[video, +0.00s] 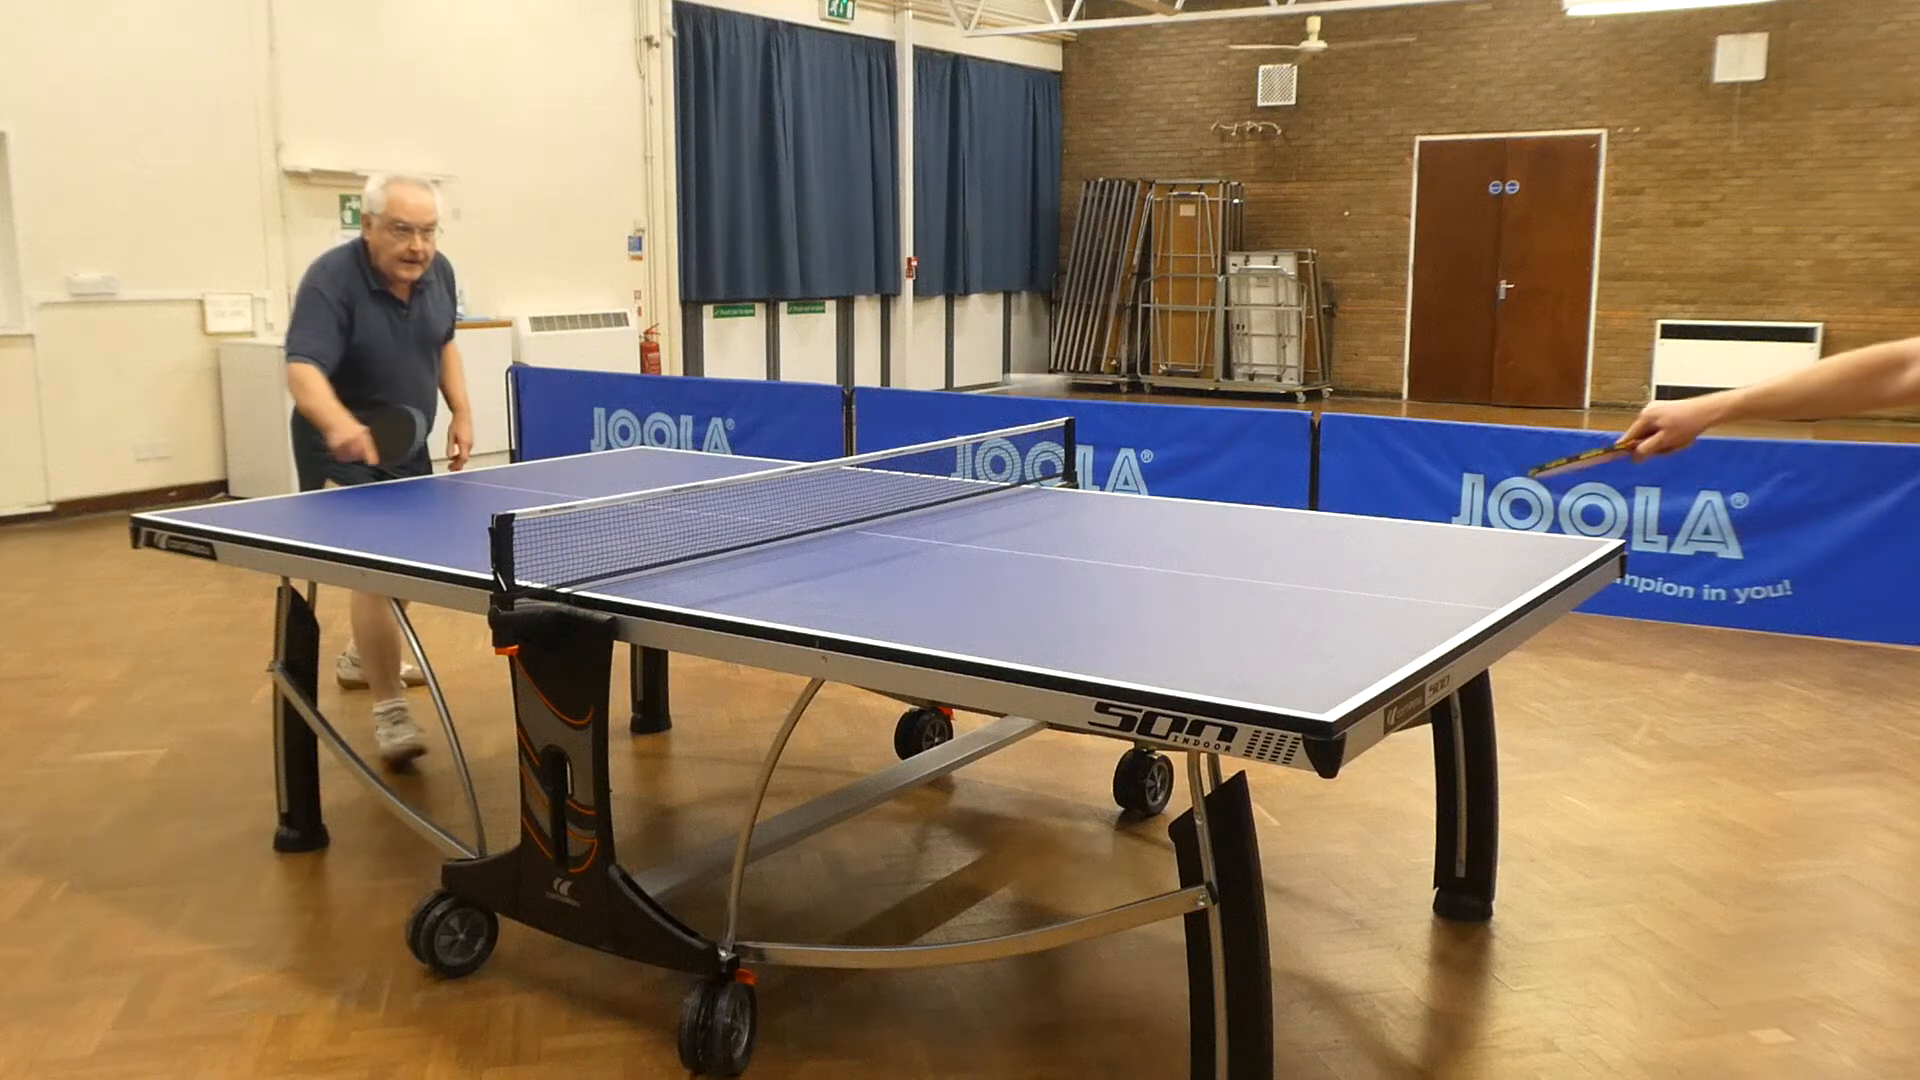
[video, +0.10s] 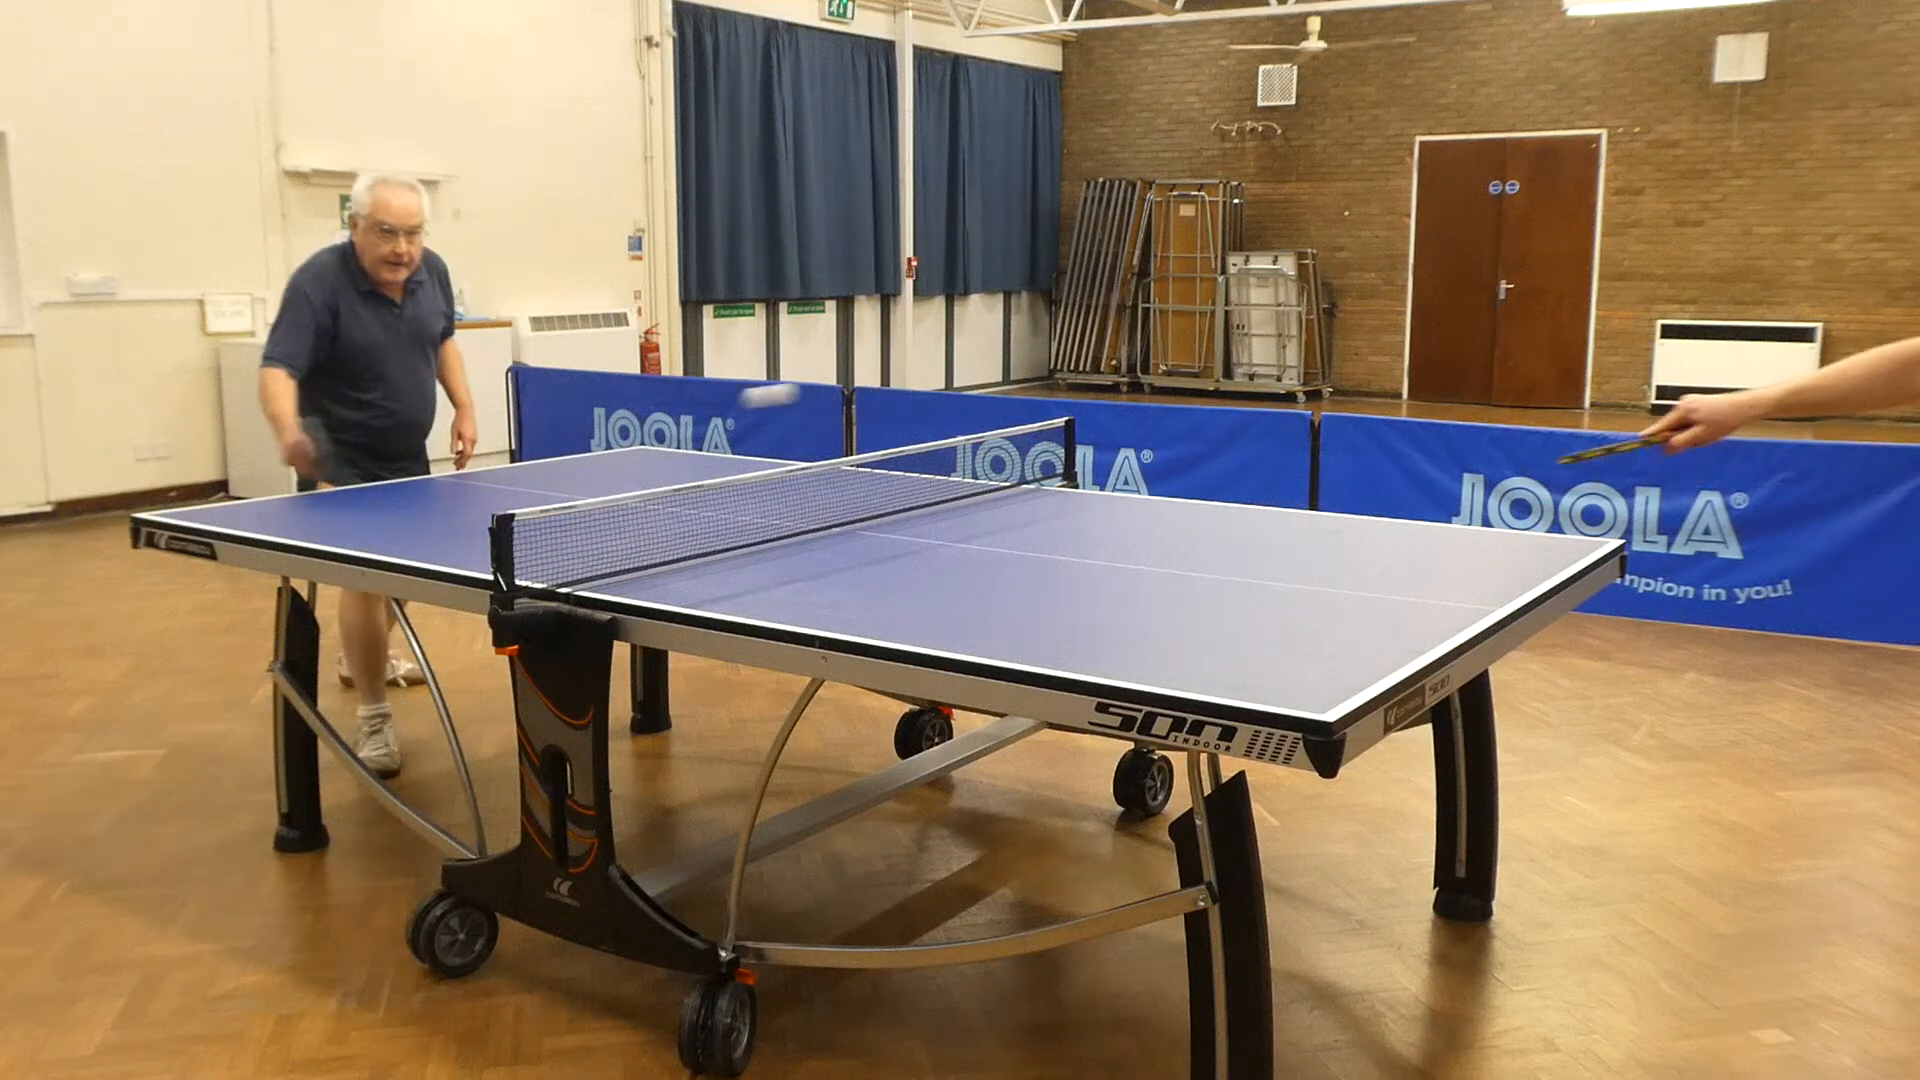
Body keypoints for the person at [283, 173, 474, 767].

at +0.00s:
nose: (416, 245)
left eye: (427, 231)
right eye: (401, 230)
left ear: (437, 230)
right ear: (369, 227)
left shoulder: (437, 273)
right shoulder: (332, 278)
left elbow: (444, 344)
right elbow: (301, 370)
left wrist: (462, 410)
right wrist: (337, 422)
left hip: (410, 449)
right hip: (343, 452)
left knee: (400, 559)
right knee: (373, 572)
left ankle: (363, 652)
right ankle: (391, 709)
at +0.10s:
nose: (402, 247)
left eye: (413, 233)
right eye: (387, 233)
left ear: (425, 230)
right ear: (355, 228)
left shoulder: (430, 272)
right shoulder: (320, 281)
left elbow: (443, 341)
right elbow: (278, 369)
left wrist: (464, 406)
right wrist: (288, 430)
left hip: (409, 457)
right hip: (342, 460)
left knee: (400, 567)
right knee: (364, 578)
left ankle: (369, 649)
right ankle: (374, 714)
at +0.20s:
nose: (381, 262)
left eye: (394, 247)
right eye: (366, 246)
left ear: (410, 239)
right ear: (339, 237)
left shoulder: (425, 278)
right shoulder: (304, 291)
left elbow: (437, 339)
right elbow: (263, 373)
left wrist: (461, 405)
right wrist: (241, 434)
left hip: (402, 456)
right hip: (330, 461)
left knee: (404, 563)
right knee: (365, 576)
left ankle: (368, 642)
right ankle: (374, 719)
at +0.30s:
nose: (348, 266)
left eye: (363, 252)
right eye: (335, 251)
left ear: (386, 243)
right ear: (316, 244)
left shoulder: (415, 276)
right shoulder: (290, 296)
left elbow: (436, 333)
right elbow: (265, 375)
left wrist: (454, 399)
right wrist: (240, 425)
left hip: (400, 457)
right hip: (326, 465)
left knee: (399, 565)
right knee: (357, 580)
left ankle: (374, 645)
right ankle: (371, 717)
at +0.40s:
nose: (322, 265)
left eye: (338, 251)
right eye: (310, 249)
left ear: (368, 244)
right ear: (297, 243)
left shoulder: (407, 273)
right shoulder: (285, 294)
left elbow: (436, 319)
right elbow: (273, 381)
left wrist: (448, 378)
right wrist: (256, 411)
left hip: (397, 456)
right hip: (323, 463)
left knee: (394, 565)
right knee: (350, 580)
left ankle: (374, 648)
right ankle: (369, 717)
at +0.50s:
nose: (317, 255)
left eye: (332, 240)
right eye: (304, 239)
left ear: (363, 233)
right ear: (290, 233)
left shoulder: (397, 264)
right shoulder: (280, 286)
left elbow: (432, 314)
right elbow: (276, 357)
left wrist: (440, 360)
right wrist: (274, 407)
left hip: (392, 457)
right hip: (318, 461)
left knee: (393, 570)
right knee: (345, 577)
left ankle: (367, 651)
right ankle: (369, 718)